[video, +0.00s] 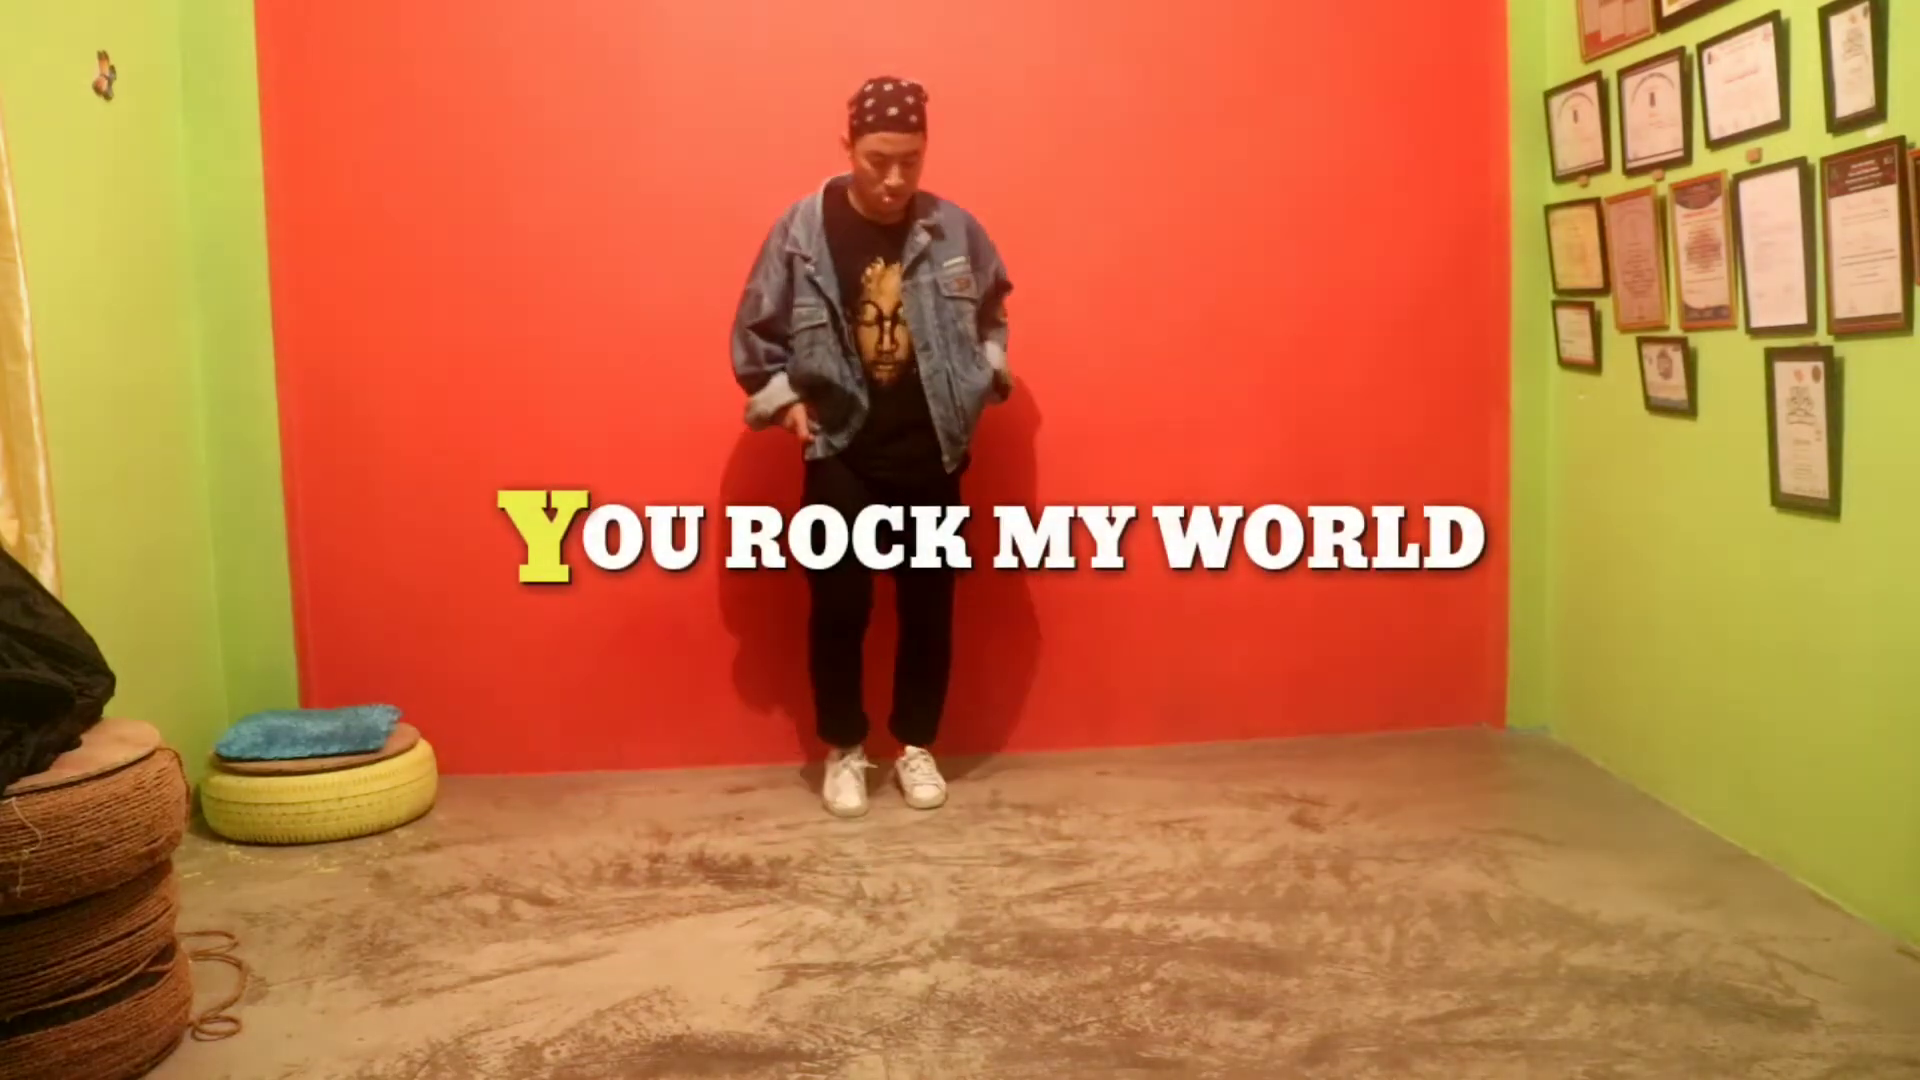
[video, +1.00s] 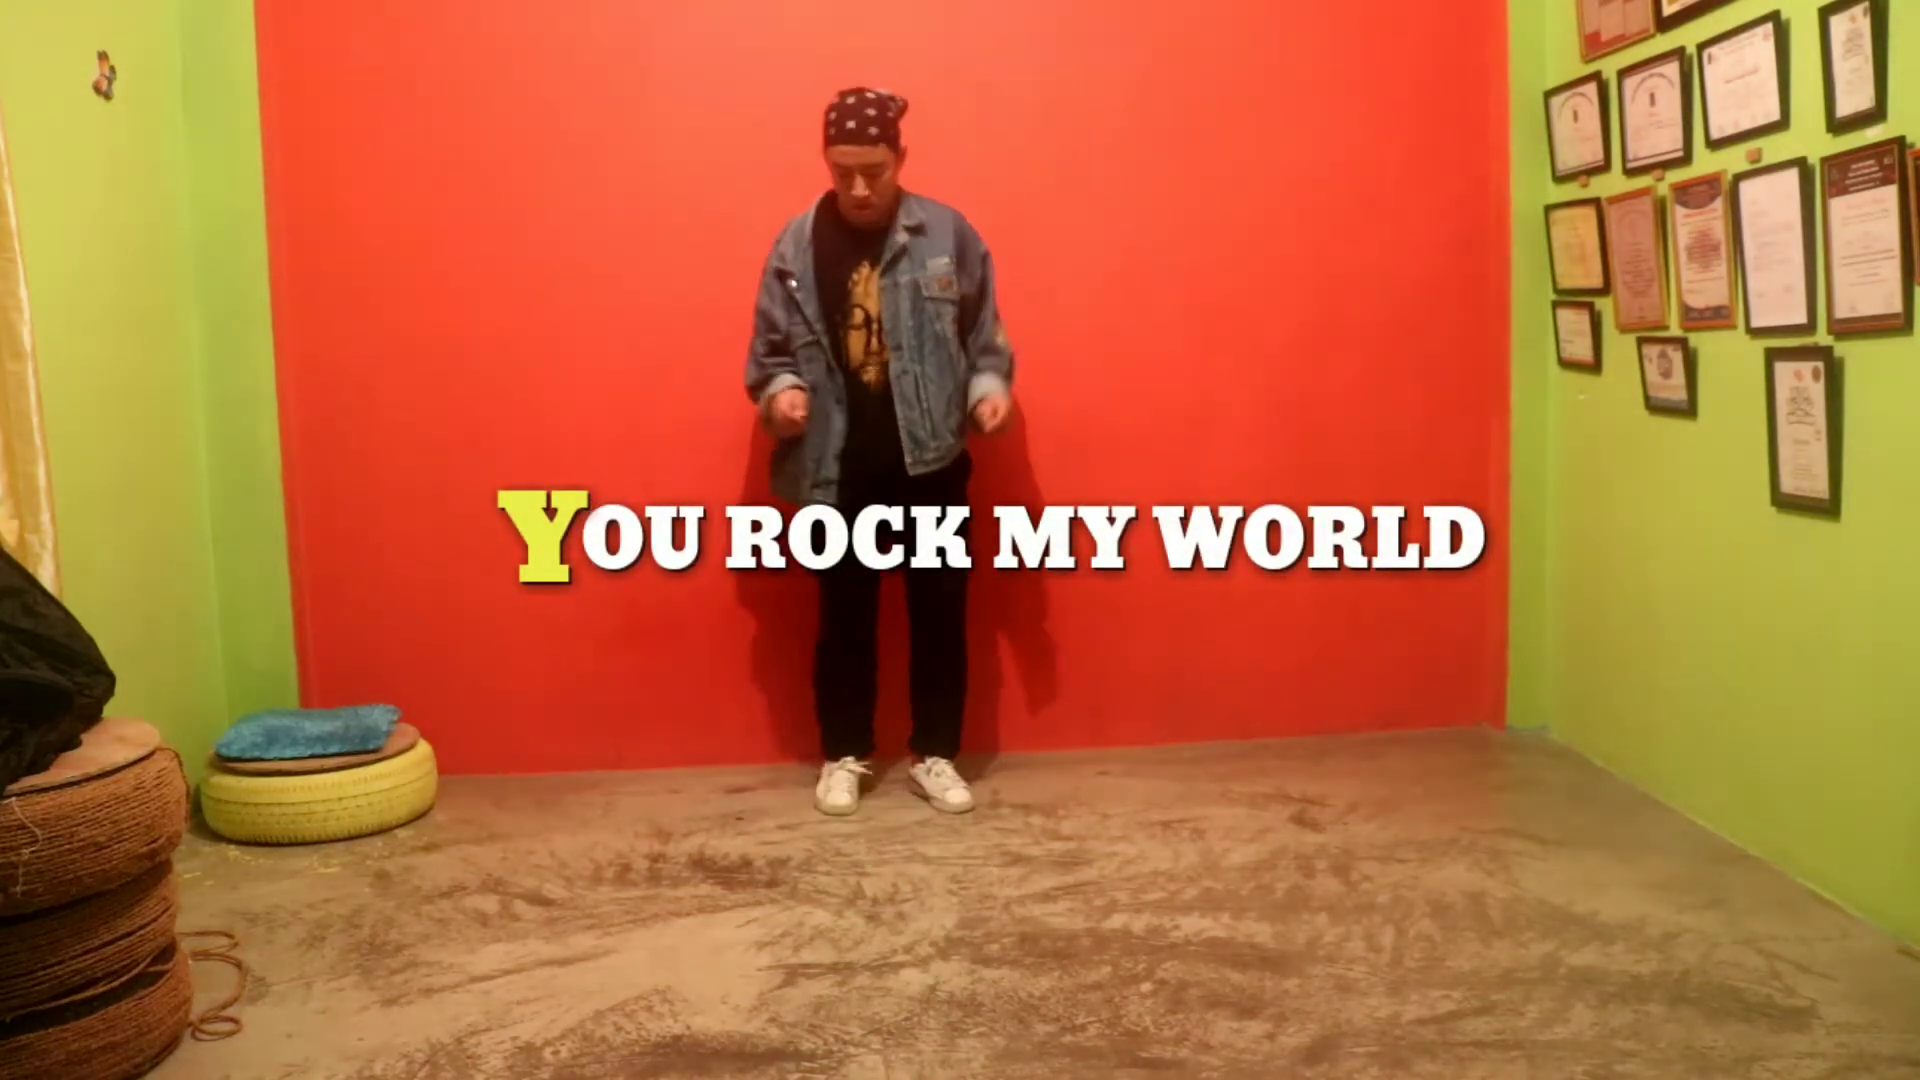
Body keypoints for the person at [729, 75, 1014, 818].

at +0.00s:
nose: (894, 179)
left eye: (908, 162)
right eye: (878, 162)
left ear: (925, 156)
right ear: (850, 153)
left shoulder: (956, 229)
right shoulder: (802, 229)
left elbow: (992, 311)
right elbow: (755, 333)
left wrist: (987, 376)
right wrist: (790, 405)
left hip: (931, 443)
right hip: (840, 444)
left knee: (928, 600)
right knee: (841, 600)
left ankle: (915, 748)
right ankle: (845, 751)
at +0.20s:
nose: (870, 181)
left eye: (883, 164)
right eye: (855, 165)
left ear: (902, 157)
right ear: (828, 158)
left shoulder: (942, 222)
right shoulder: (789, 232)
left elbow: (984, 296)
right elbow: (757, 341)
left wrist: (978, 367)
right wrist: (781, 406)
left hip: (923, 440)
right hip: (832, 444)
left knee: (922, 601)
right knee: (833, 602)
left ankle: (915, 751)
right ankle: (842, 757)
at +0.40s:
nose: (861, 181)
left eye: (874, 164)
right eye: (846, 166)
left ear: (893, 157)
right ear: (820, 161)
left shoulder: (936, 233)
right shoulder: (791, 244)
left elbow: (970, 334)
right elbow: (761, 348)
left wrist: (981, 398)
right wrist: (757, 412)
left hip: (922, 450)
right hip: (830, 451)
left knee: (930, 603)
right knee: (839, 604)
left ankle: (918, 752)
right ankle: (842, 758)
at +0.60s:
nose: (855, 190)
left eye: (868, 173)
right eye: (838, 175)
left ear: (888, 160)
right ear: (813, 166)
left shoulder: (936, 232)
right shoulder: (782, 246)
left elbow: (976, 329)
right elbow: (754, 350)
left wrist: (997, 365)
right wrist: (738, 386)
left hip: (917, 453)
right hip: (819, 457)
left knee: (954, 594)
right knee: (810, 599)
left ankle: (911, 753)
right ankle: (824, 751)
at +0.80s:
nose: (850, 205)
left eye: (862, 188)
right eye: (834, 191)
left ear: (883, 176)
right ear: (809, 183)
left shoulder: (935, 239)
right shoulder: (782, 260)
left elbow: (989, 318)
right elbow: (747, 360)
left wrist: (1017, 351)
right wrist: (733, 393)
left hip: (920, 466)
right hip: (817, 472)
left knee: (949, 602)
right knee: (799, 610)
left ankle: (914, 757)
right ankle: (820, 755)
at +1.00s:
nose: (859, 188)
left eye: (873, 171)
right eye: (845, 172)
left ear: (899, 162)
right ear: (827, 165)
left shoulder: (950, 237)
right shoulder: (796, 249)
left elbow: (984, 335)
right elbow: (771, 354)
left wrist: (989, 382)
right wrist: (780, 389)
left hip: (931, 455)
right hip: (839, 458)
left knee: (939, 607)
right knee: (845, 609)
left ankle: (934, 755)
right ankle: (844, 756)